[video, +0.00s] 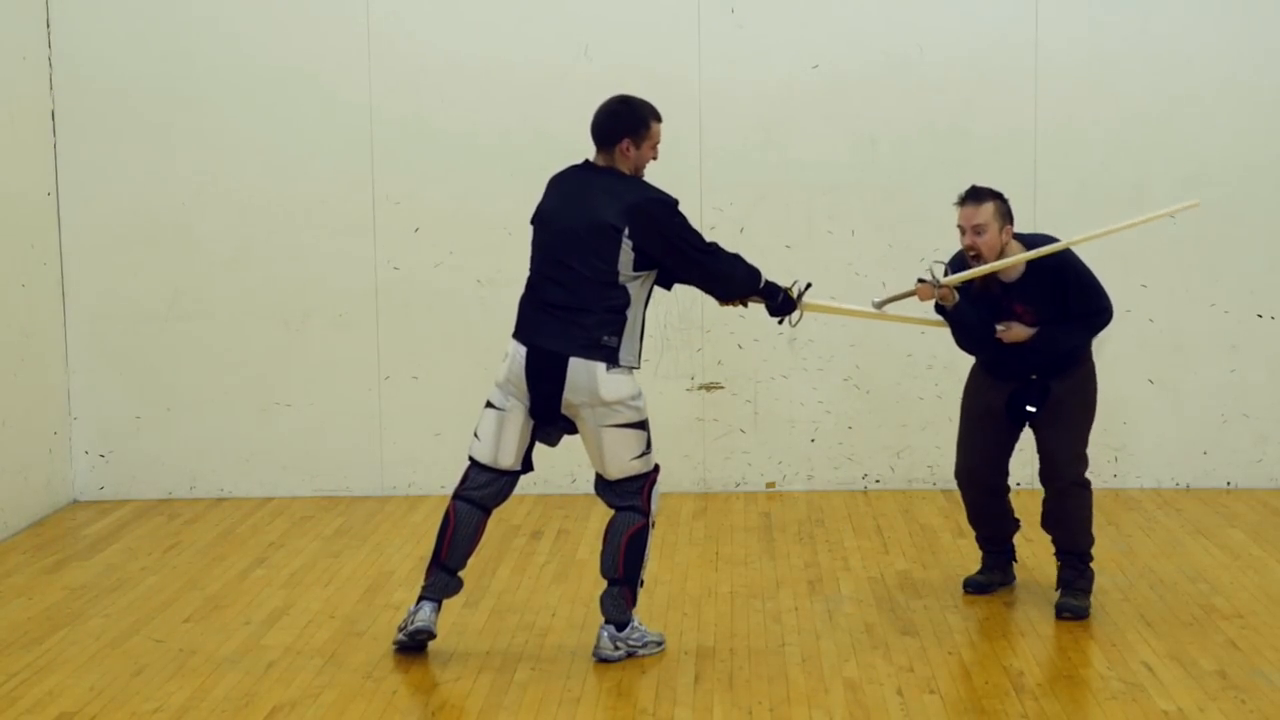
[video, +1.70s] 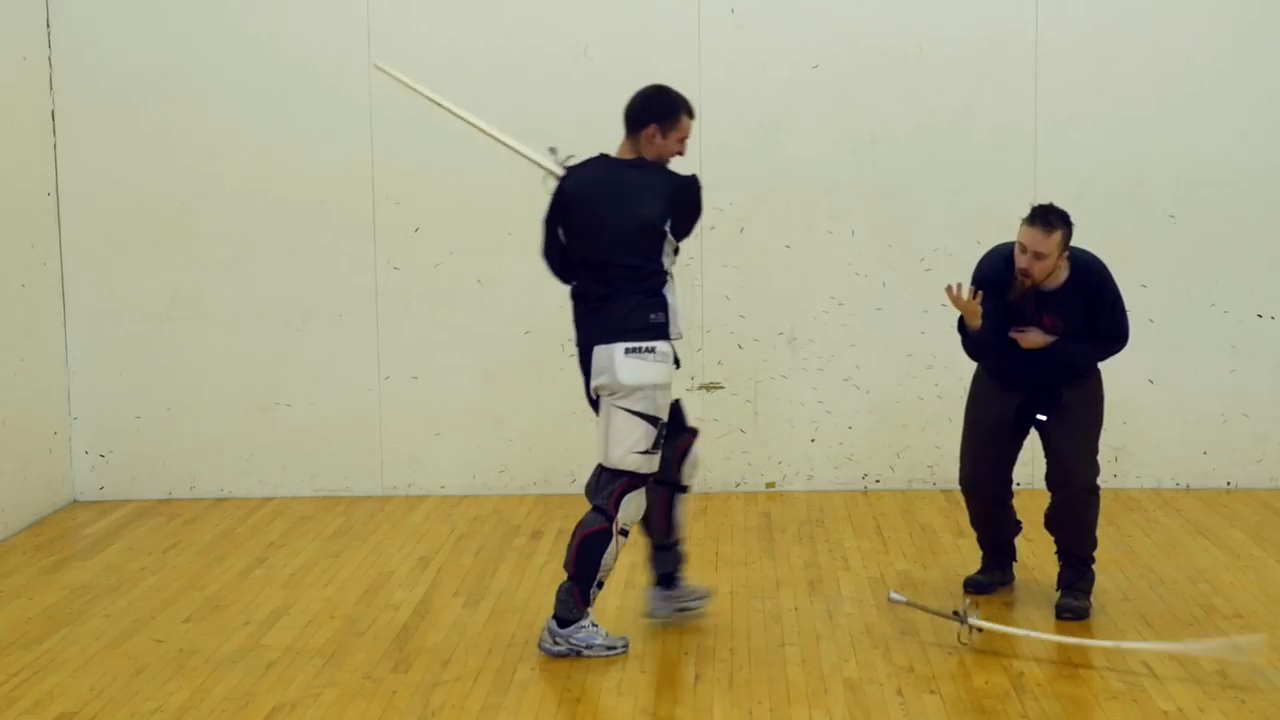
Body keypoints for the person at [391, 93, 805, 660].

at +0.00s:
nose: (655, 156)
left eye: (656, 146)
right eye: (652, 146)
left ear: (608, 144)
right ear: (627, 145)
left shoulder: (561, 186)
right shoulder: (644, 205)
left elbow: (643, 256)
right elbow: (704, 259)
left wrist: (716, 285)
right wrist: (767, 288)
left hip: (527, 359)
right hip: (600, 371)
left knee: (481, 481)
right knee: (632, 496)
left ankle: (427, 605)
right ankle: (617, 627)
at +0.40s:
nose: (643, 170)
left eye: (645, 159)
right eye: (641, 159)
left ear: (596, 154)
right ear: (615, 153)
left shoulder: (551, 190)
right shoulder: (628, 209)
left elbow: (628, 268)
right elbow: (692, 269)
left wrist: (709, 293)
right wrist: (761, 297)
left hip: (493, 356)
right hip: (567, 367)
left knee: (457, 489)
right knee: (611, 496)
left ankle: (416, 622)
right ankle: (616, 627)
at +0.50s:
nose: (620, 173)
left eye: (621, 162)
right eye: (620, 161)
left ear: (570, 147)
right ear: (604, 148)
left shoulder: (521, 182)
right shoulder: (612, 205)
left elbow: (542, 270)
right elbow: (657, 308)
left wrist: (622, 288)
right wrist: (694, 309)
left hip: (486, 356)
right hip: (560, 367)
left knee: (450, 489)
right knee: (608, 493)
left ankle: (413, 621)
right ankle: (616, 625)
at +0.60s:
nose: (601, 166)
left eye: (603, 156)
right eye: (602, 155)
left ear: (552, 139)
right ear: (588, 146)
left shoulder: (491, 178)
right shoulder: (592, 206)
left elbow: (446, 262)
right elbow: (605, 310)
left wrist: (482, 313)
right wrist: (563, 334)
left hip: (475, 354)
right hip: (552, 363)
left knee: (451, 489)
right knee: (601, 489)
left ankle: (419, 623)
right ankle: (617, 623)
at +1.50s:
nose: (613, 148)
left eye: (613, 137)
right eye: (611, 137)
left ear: (562, 132)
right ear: (588, 134)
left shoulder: (510, 190)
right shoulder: (616, 190)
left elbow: (481, 289)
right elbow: (610, 252)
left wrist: (526, 272)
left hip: (538, 353)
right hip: (603, 349)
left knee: (537, 470)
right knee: (608, 481)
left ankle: (474, 587)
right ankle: (566, 623)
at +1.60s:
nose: (648, 144)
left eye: (648, 133)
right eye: (645, 133)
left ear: (597, 129)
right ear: (622, 130)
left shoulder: (539, 186)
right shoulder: (647, 187)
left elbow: (515, 273)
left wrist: (566, 267)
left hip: (566, 347)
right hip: (623, 342)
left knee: (596, 465)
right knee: (616, 477)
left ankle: (557, 581)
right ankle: (567, 622)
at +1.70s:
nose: (682, 152)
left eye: (684, 141)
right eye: (679, 140)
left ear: (637, 132)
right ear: (653, 132)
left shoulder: (576, 180)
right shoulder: (669, 187)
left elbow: (558, 259)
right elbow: (681, 227)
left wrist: (602, 277)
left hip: (597, 348)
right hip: (643, 346)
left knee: (673, 446)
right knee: (621, 483)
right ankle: (567, 621)